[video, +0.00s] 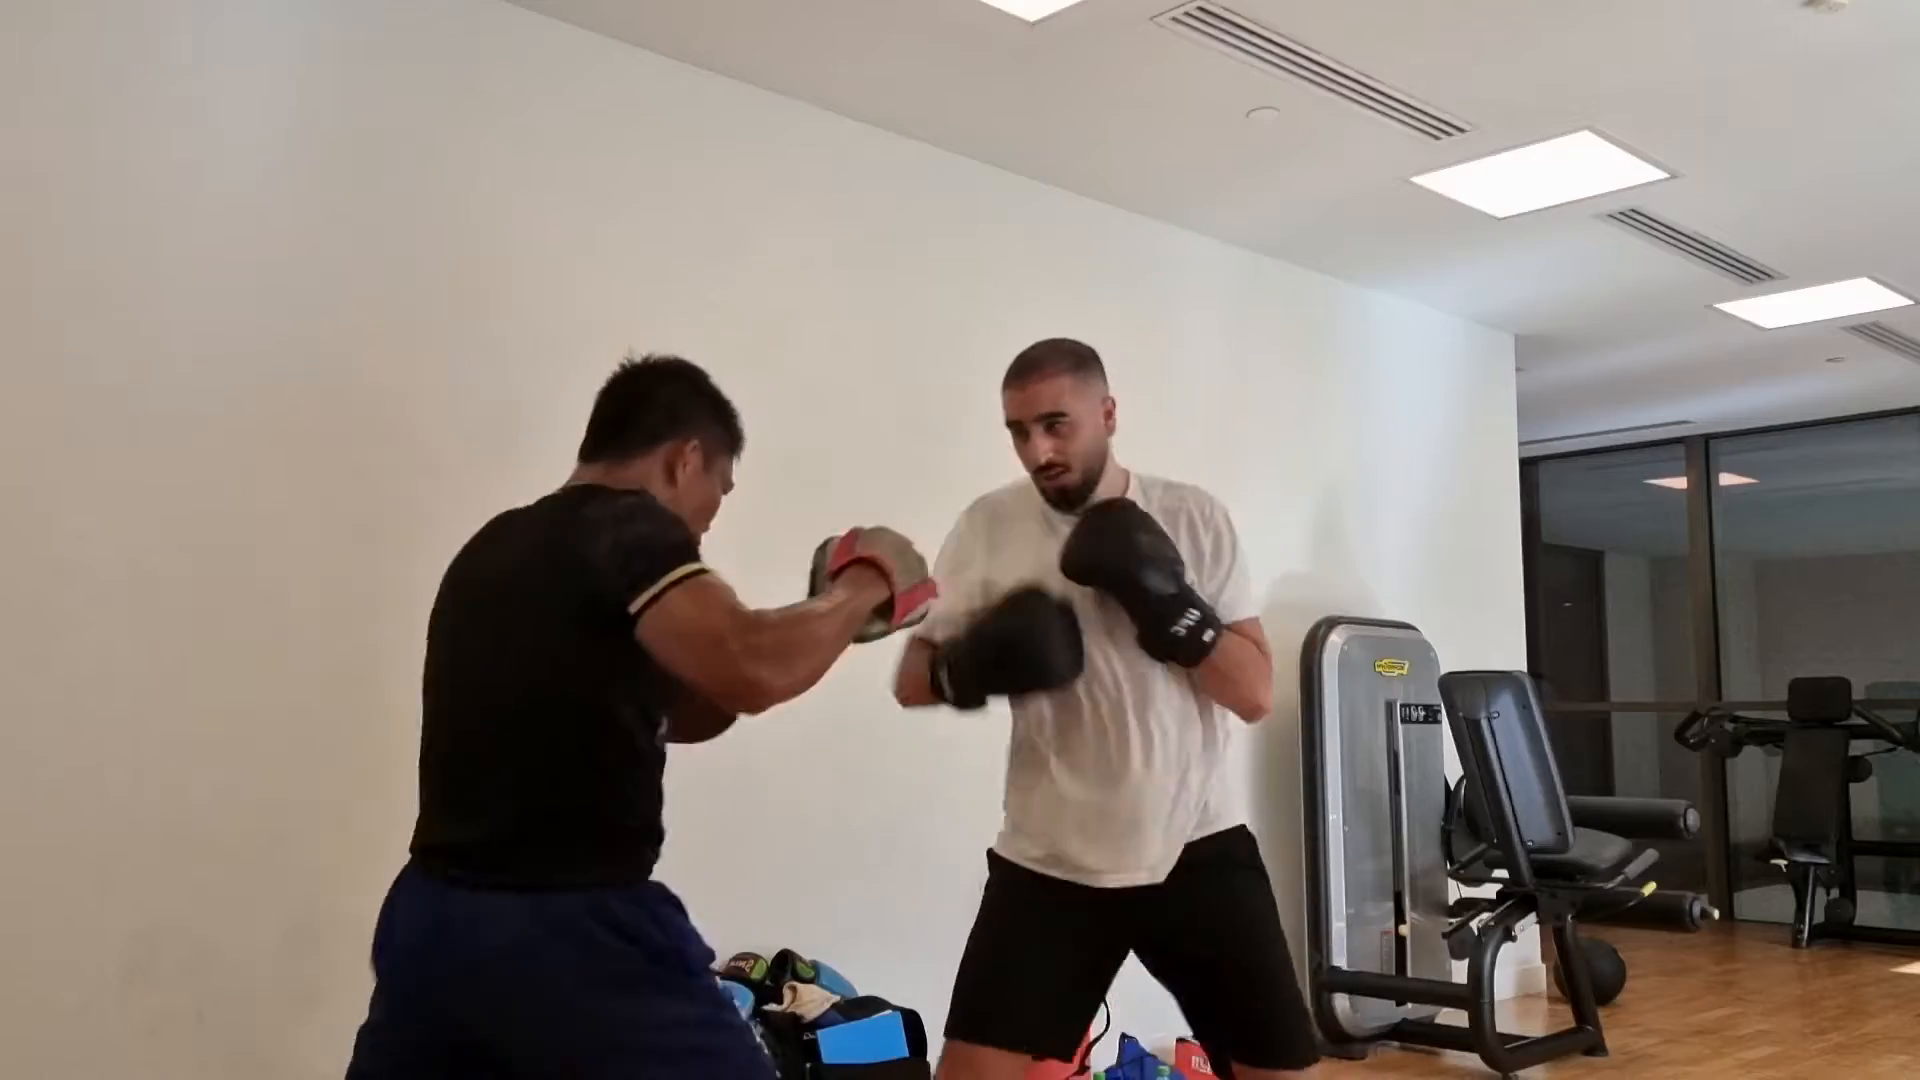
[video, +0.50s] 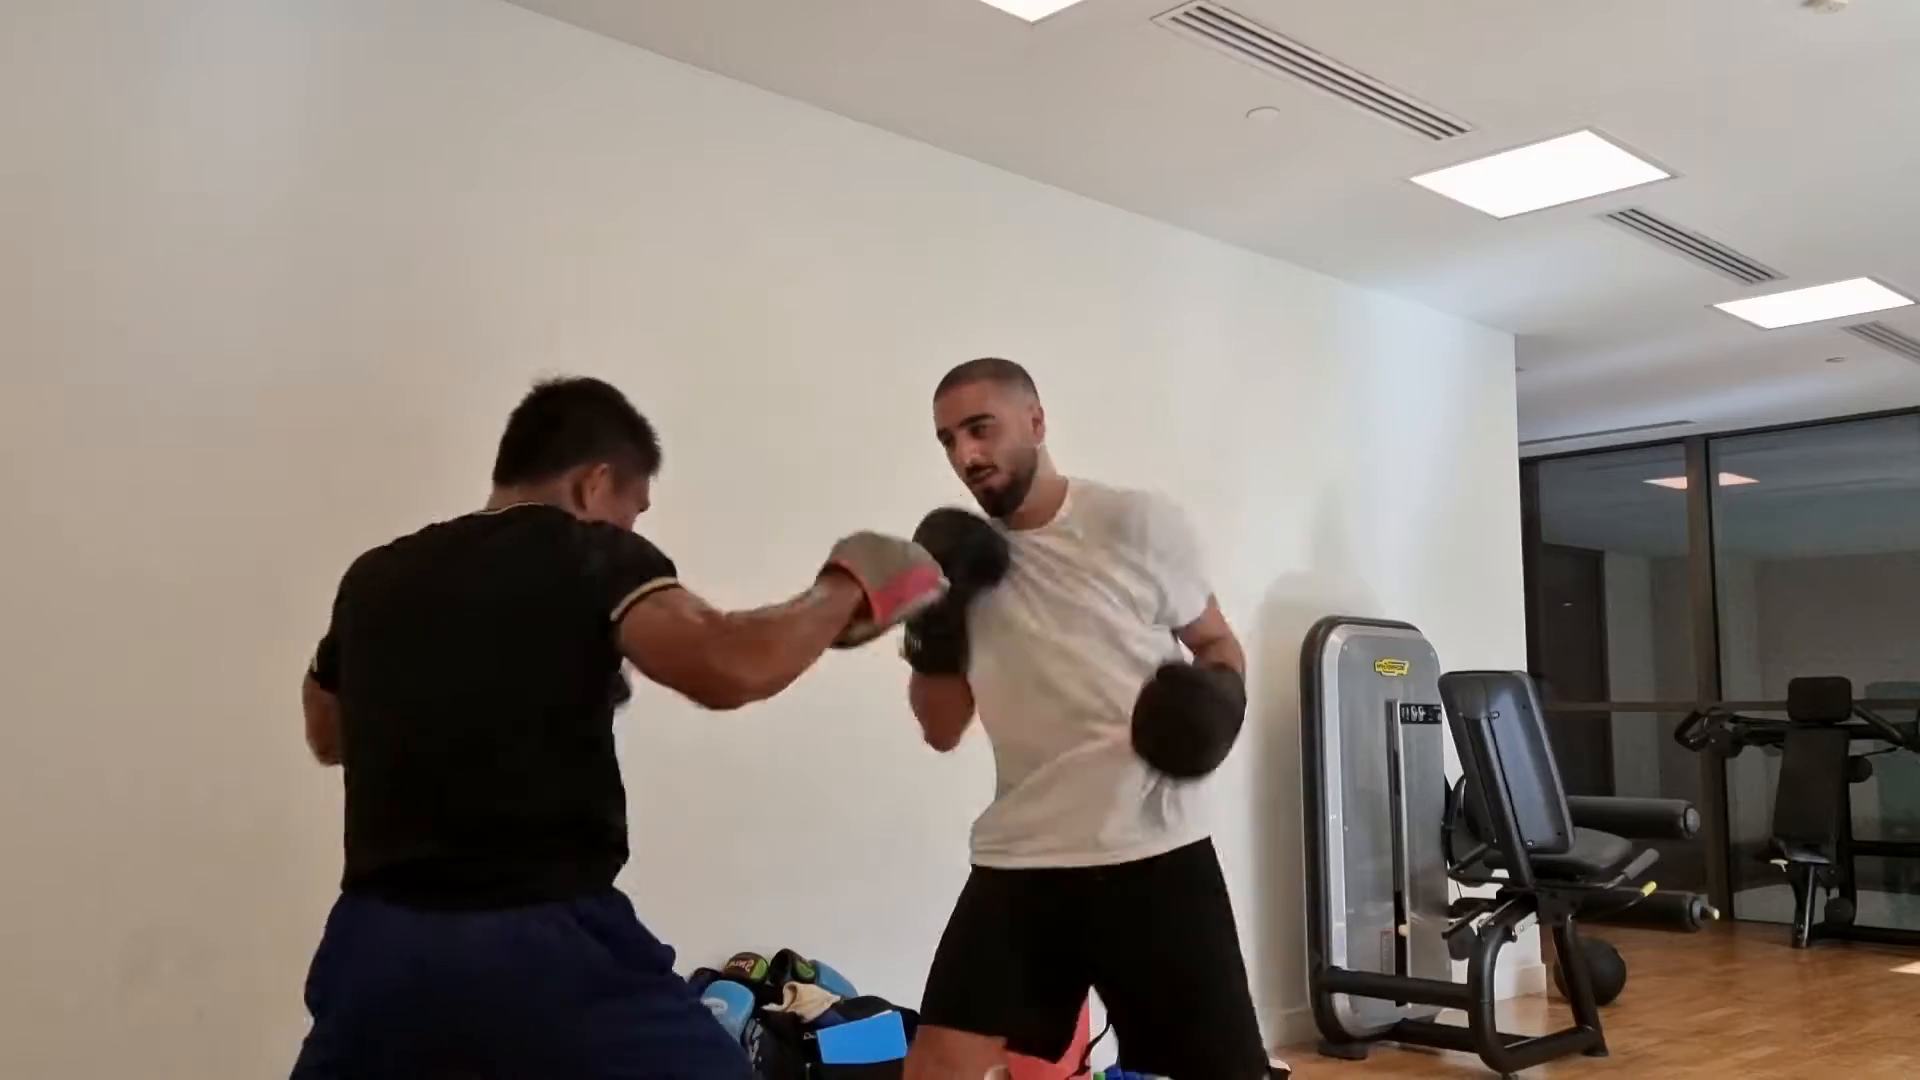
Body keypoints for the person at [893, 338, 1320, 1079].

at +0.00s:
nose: (1038, 451)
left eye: (1057, 425)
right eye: (1020, 431)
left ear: (1108, 414)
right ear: (1007, 432)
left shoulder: (1195, 518)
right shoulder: (989, 527)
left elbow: (1255, 693)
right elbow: (911, 680)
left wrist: (1168, 602)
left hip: (1198, 857)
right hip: (1048, 866)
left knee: (1282, 1067)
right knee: (974, 1068)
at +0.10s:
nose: (988, 473)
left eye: (1006, 447)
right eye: (971, 454)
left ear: (1060, 431)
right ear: (961, 455)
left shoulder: (1156, 509)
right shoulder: (995, 564)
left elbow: (1193, 668)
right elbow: (1012, 702)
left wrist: (1074, 567)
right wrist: (993, 760)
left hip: (1194, 857)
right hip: (1053, 860)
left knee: (1259, 1069)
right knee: (956, 1062)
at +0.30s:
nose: (988, 462)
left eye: (1001, 436)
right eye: (972, 447)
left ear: (1057, 419)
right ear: (965, 454)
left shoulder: (1168, 500)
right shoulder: (981, 559)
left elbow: (1198, 645)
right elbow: (1010, 694)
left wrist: (1090, 540)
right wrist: (968, 778)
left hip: (1195, 851)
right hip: (1044, 865)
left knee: (1284, 1067)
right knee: (964, 1066)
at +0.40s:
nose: (1003, 448)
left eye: (1017, 422)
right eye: (983, 433)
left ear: (1067, 415)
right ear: (972, 444)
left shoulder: (1155, 508)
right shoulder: (956, 540)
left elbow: (1261, 659)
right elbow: (895, 698)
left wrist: (1184, 589)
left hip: (1180, 833)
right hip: (1036, 847)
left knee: (1266, 1064)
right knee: (972, 1066)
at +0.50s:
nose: (967, 453)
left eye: (982, 427)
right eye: (951, 440)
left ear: (1035, 420)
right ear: (945, 453)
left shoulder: (1143, 524)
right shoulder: (962, 563)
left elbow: (1218, 649)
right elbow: (942, 730)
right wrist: (942, 609)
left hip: (1159, 861)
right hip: (1019, 866)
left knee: (1228, 1067)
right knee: (942, 1063)